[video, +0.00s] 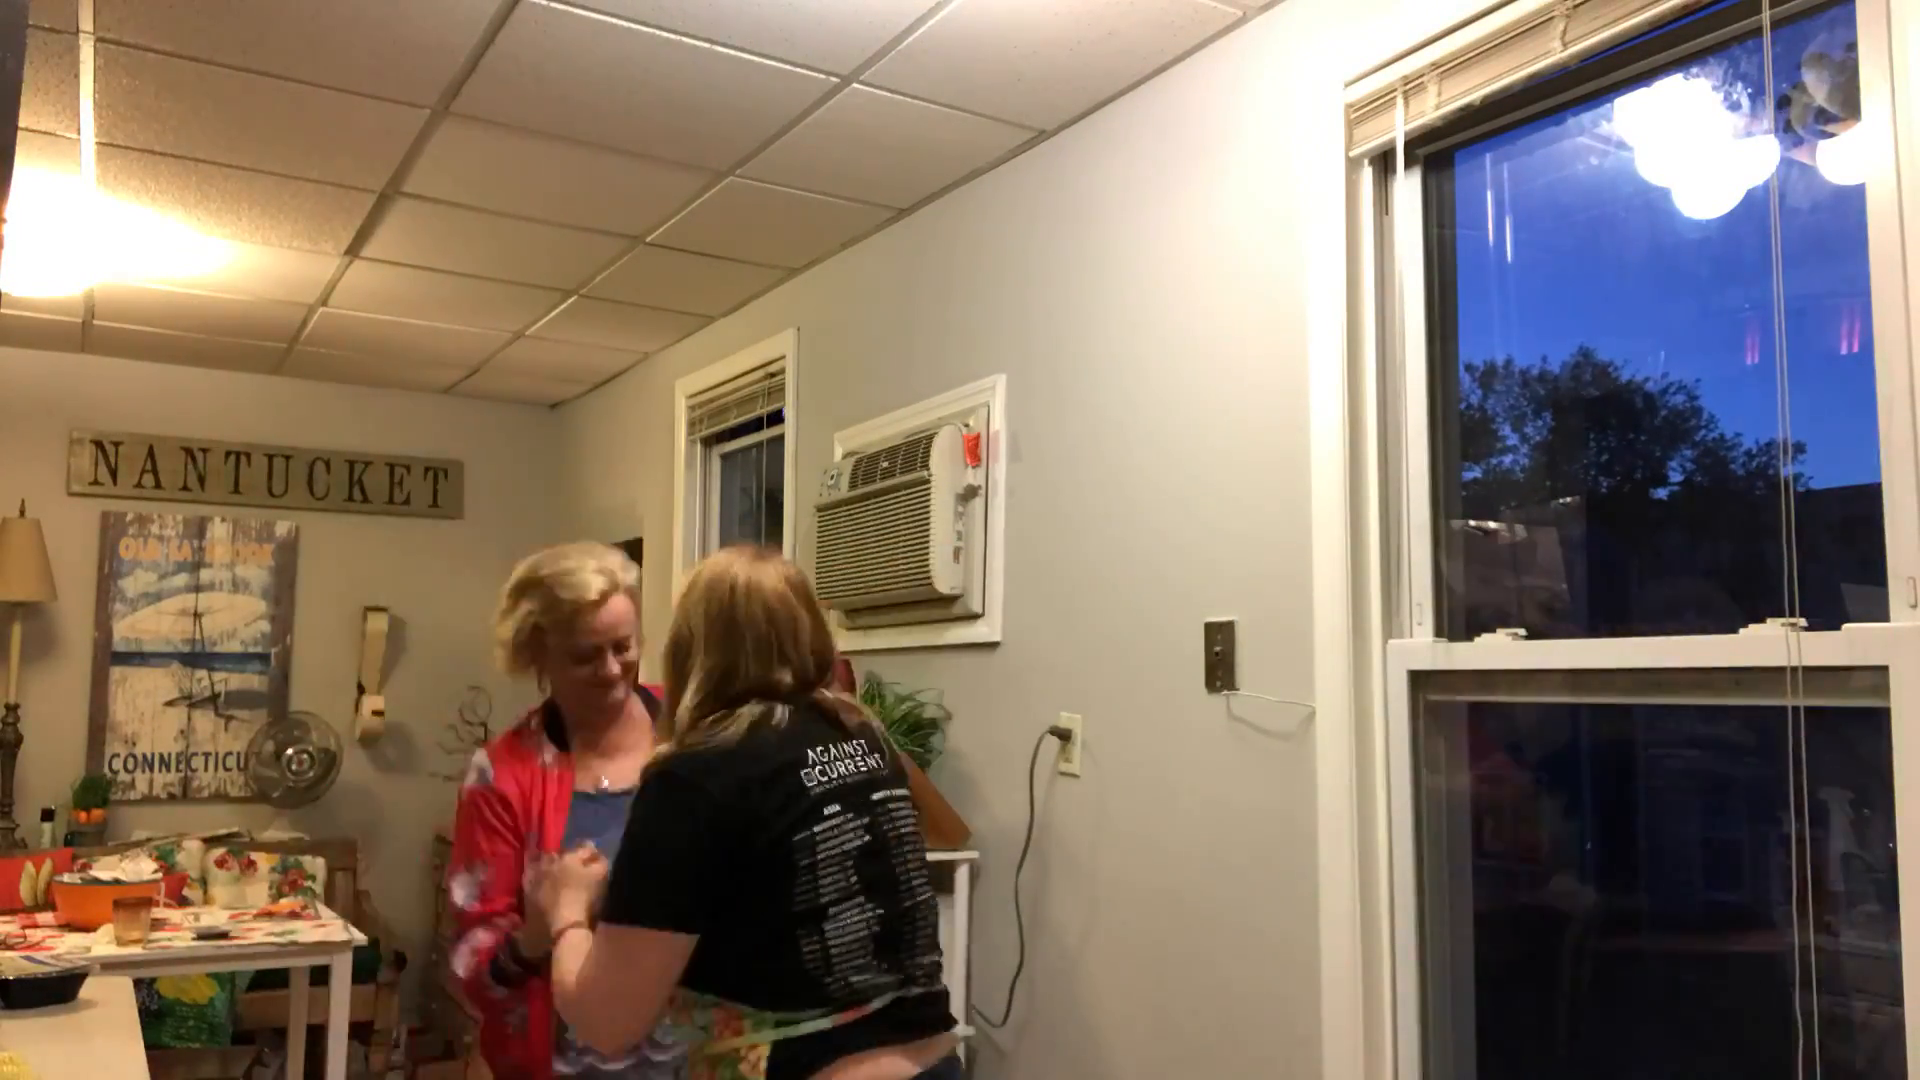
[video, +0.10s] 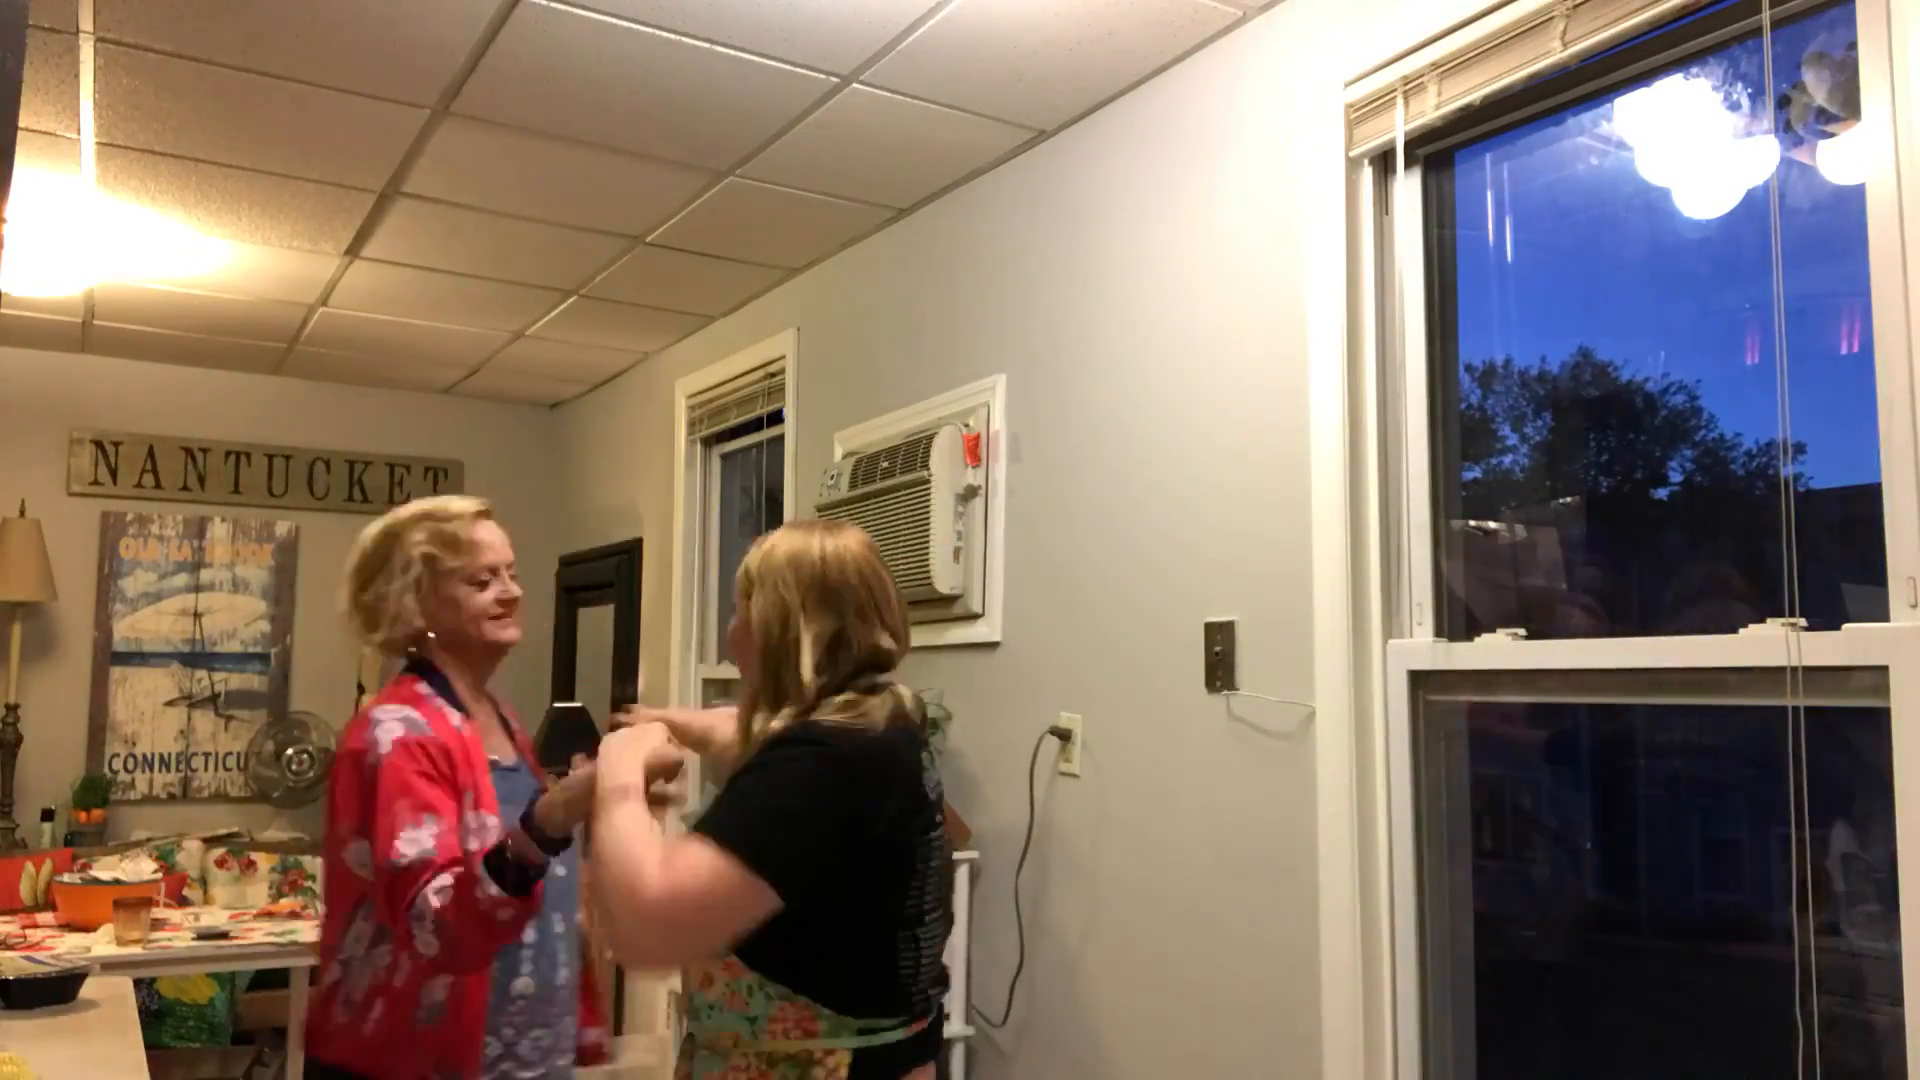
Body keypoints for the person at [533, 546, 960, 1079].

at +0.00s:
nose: (616, 669)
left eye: (626, 648)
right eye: (587, 656)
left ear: (691, 644)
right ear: (811, 635)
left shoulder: (695, 779)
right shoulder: (861, 738)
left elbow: (606, 1023)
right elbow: (949, 832)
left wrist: (568, 914)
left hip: (816, 1061)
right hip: (935, 1051)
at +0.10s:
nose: (730, 631)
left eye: (740, 609)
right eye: (737, 609)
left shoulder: (824, 757)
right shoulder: (884, 725)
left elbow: (648, 923)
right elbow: (747, 730)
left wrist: (618, 770)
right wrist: (666, 723)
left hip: (825, 1061)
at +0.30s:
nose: (750, 633)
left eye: (761, 613)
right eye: (756, 612)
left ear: (792, 627)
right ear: (875, 633)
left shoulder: (742, 755)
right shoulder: (910, 755)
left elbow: (544, 817)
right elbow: (950, 843)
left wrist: (506, 671)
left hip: (772, 1063)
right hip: (892, 1053)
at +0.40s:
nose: (738, 618)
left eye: (753, 605)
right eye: (750, 602)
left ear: (783, 633)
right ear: (861, 648)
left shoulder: (720, 746)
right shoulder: (887, 758)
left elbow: (488, 756)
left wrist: (448, 677)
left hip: (758, 1064)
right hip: (884, 1055)